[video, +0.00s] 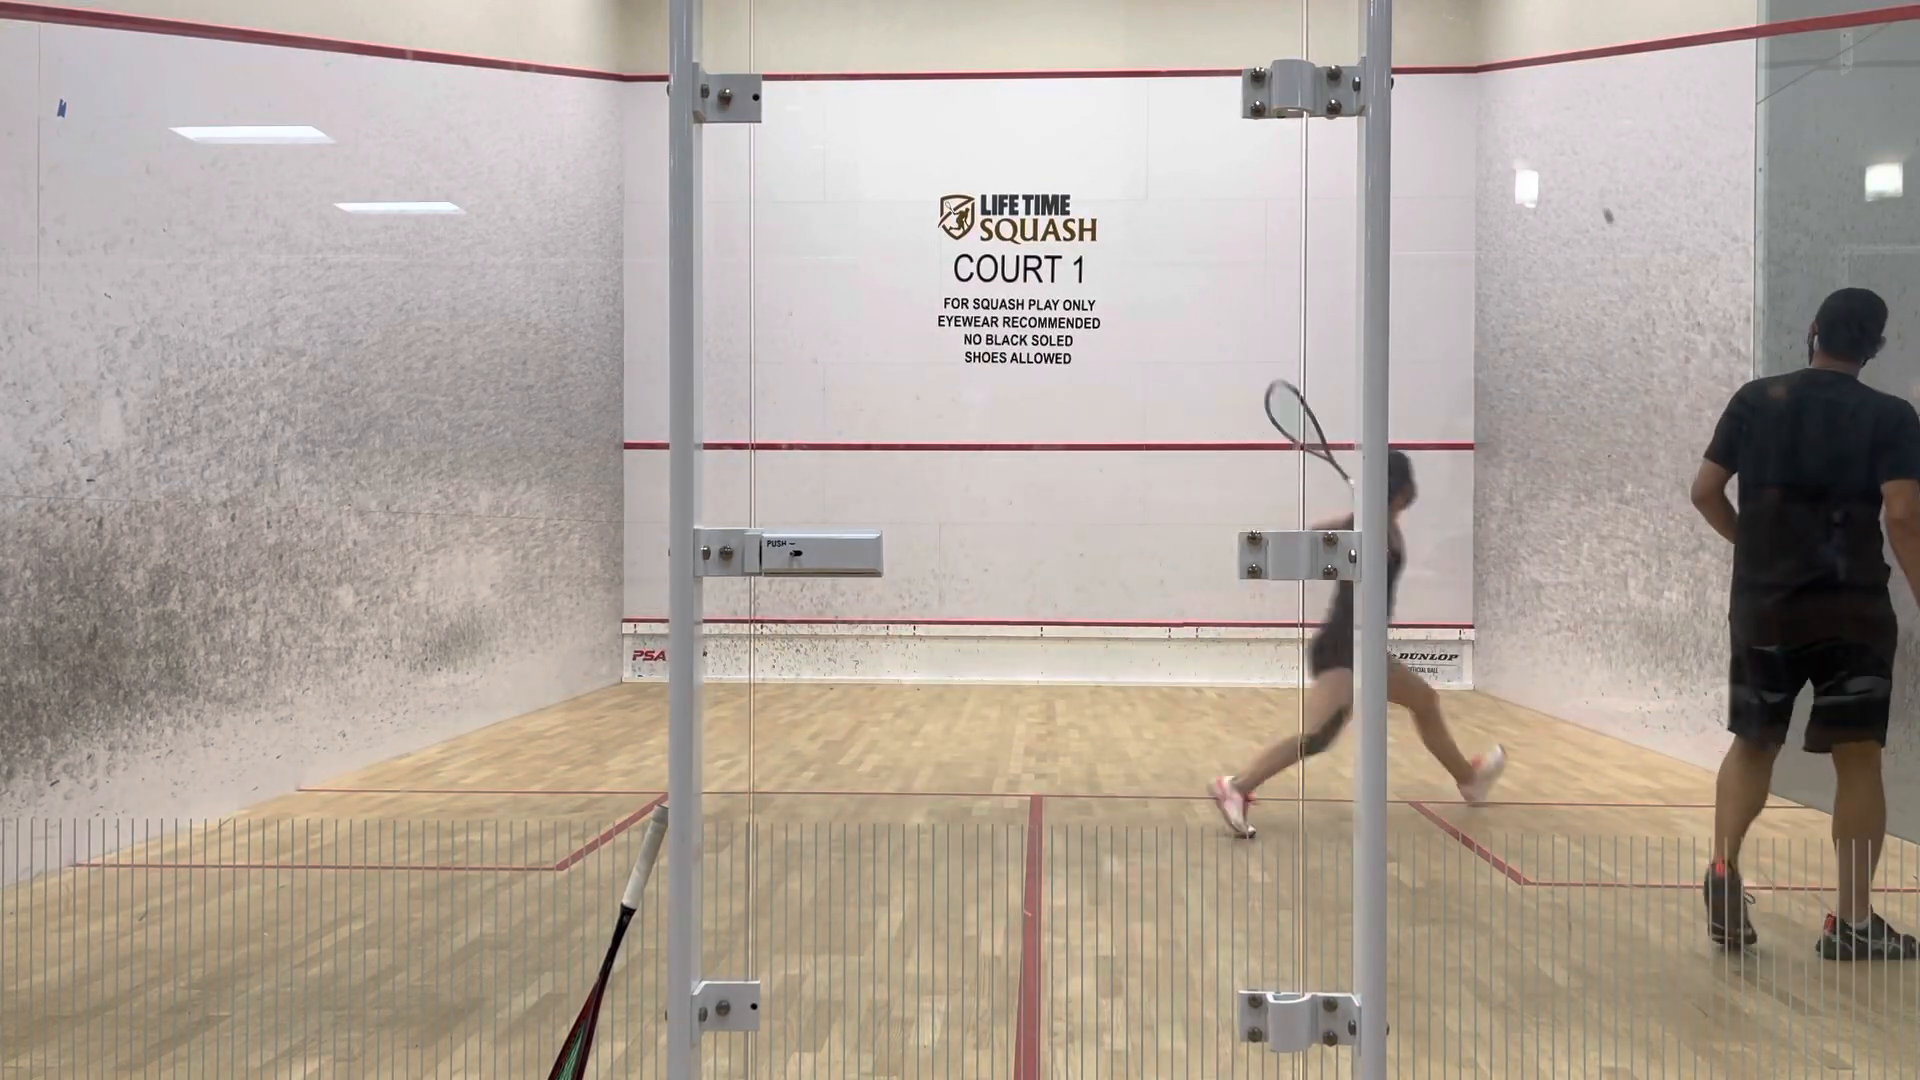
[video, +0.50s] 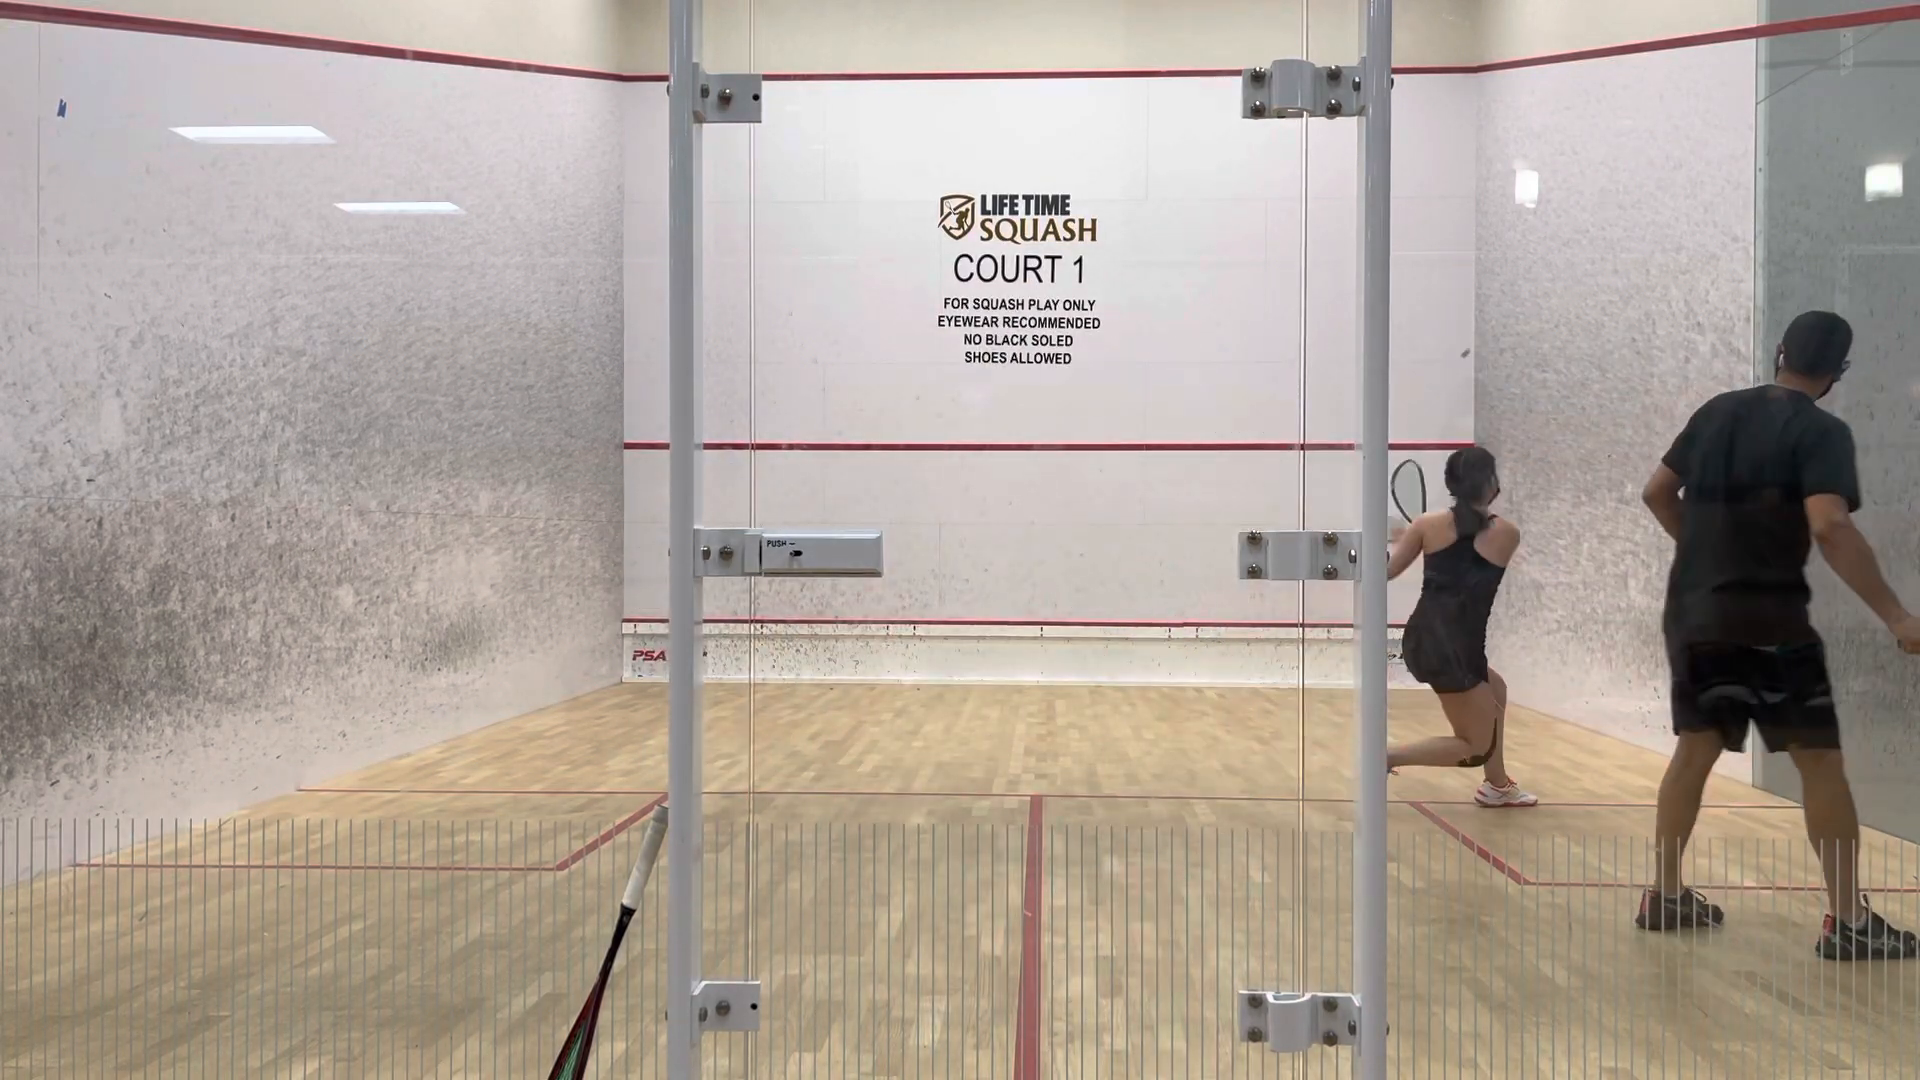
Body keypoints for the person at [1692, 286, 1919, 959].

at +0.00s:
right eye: (1874, 341)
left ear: (1815, 337)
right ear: (1875, 348)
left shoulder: (1756, 399)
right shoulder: (1892, 416)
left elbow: (1705, 492)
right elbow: (1901, 516)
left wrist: (1752, 542)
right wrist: (1917, 592)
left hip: (1764, 611)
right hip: (1854, 613)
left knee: (1752, 743)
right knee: (1859, 756)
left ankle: (1722, 865)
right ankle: (1853, 919)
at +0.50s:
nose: (1835, 377)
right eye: (1840, 370)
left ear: (1779, 358)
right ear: (1836, 374)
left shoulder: (1720, 409)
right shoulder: (1821, 428)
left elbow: (1657, 492)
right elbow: (1829, 524)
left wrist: (1699, 544)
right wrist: (1897, 616)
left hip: (1696, 619)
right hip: (1773, 622)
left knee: (1696, 744)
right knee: (1820, 761)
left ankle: (1664, 893)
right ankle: (1848, 917)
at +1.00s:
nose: (1815, 391)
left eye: (1817, 381)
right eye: (1818, 381)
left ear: (1751, 366)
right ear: (1809, 380)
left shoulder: (1699, 419)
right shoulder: (1772, 432)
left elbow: (1633, 500)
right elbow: (1754, 522)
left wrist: (1666, 571)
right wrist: (1850, 600)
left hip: (1658, 619)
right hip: (1694, 627)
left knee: (1721, 743)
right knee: (1671, 759)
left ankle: (1670, 890)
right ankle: (1570, 899)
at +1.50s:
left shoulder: (1908, 469)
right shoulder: (1896, 444)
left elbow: (1867, 552)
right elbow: (1817, 492)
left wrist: (1901, 626)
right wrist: (1899, 532)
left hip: (1826, 630)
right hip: (1776, 628)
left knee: (1880, 759)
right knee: (1826, 779)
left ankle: (1892, 919)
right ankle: (1668, 861)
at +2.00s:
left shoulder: (1916, 484)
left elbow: (1854, 489)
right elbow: (1855, 490)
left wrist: (1778, 553)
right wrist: (1780, 554)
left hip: (1792, 628)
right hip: (1826, 637)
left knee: (1888, 759)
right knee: (1897, 755)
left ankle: (1893, 915)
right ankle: (1897, 917)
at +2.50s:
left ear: (1754, 344)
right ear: (1819, 359)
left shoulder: (1696, 403)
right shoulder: (1848, 440)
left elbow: (1622, 484)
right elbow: (1856, 564)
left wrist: (1617, 561)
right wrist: (1786, 564)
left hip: (1692, 639)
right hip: (1798, 648)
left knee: (1669, 802)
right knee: (1867, 811)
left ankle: (1672, 973)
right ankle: (1917, 964)